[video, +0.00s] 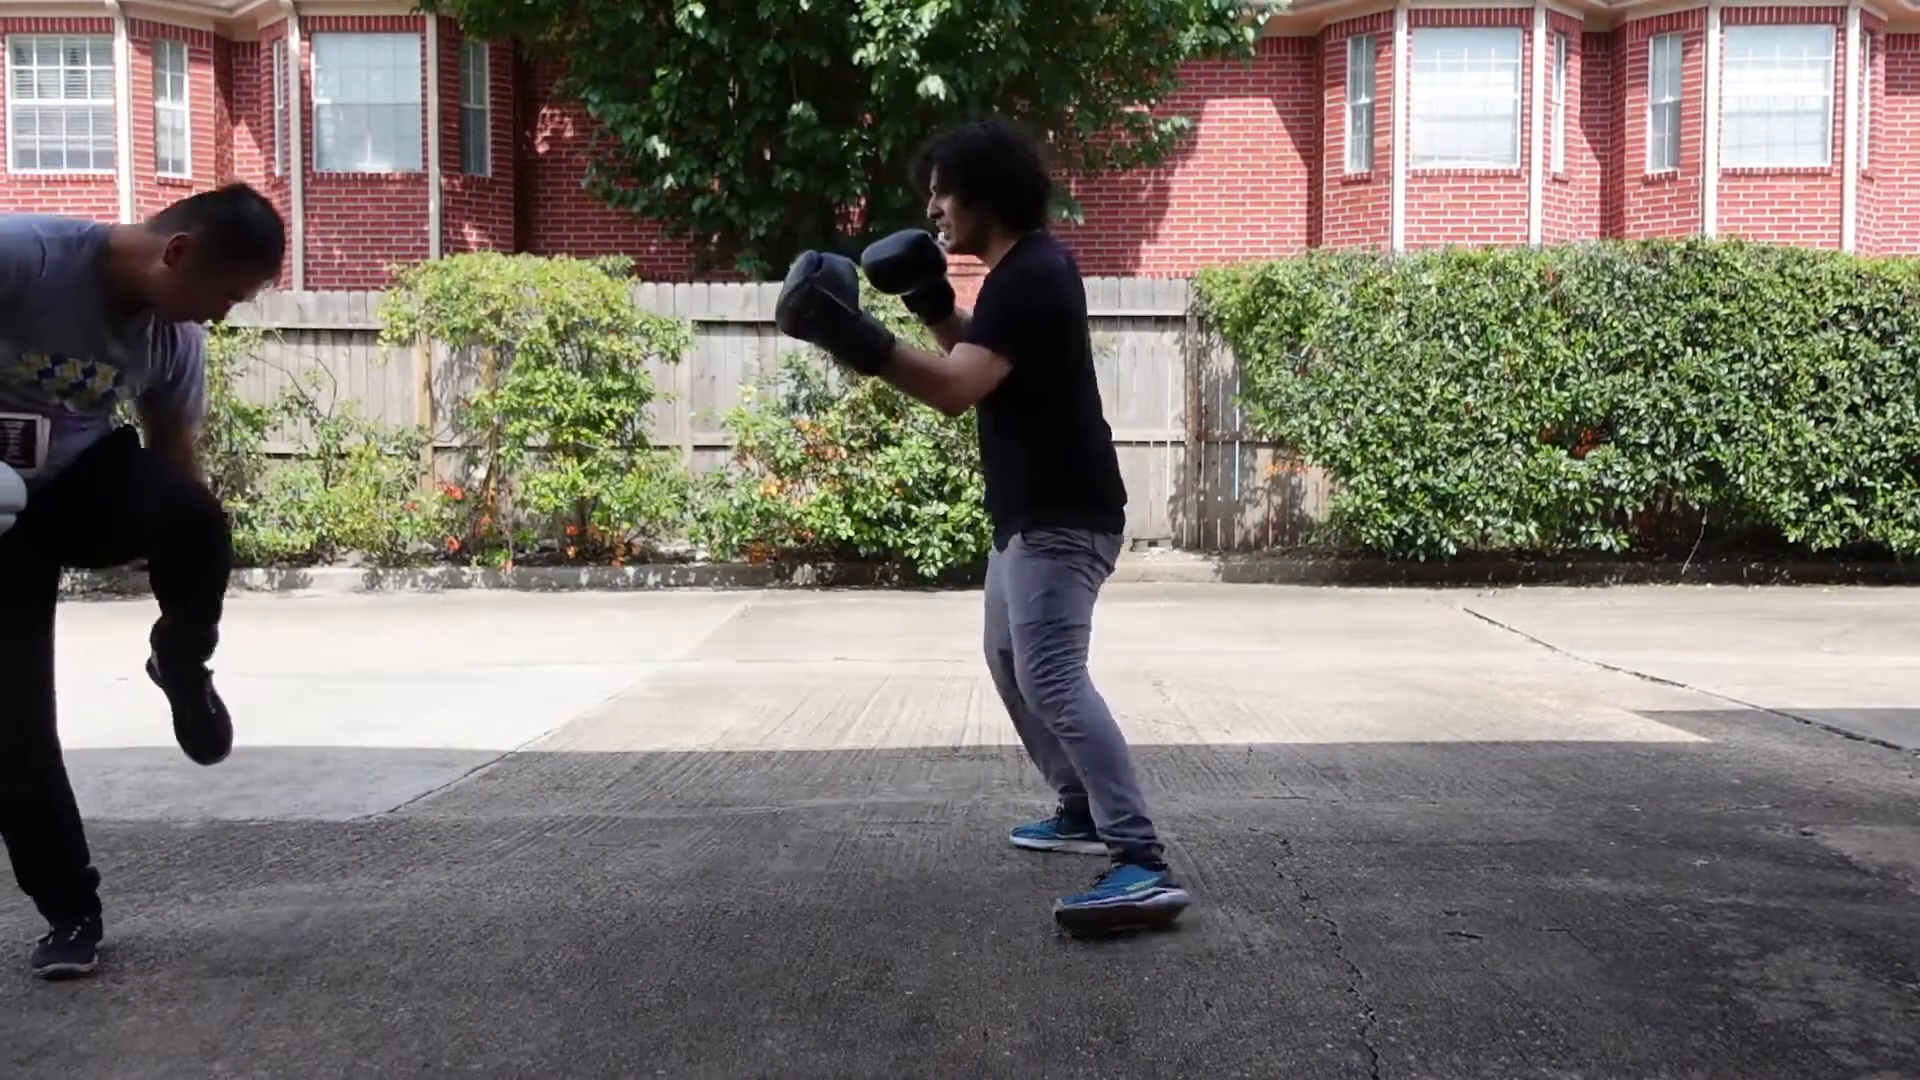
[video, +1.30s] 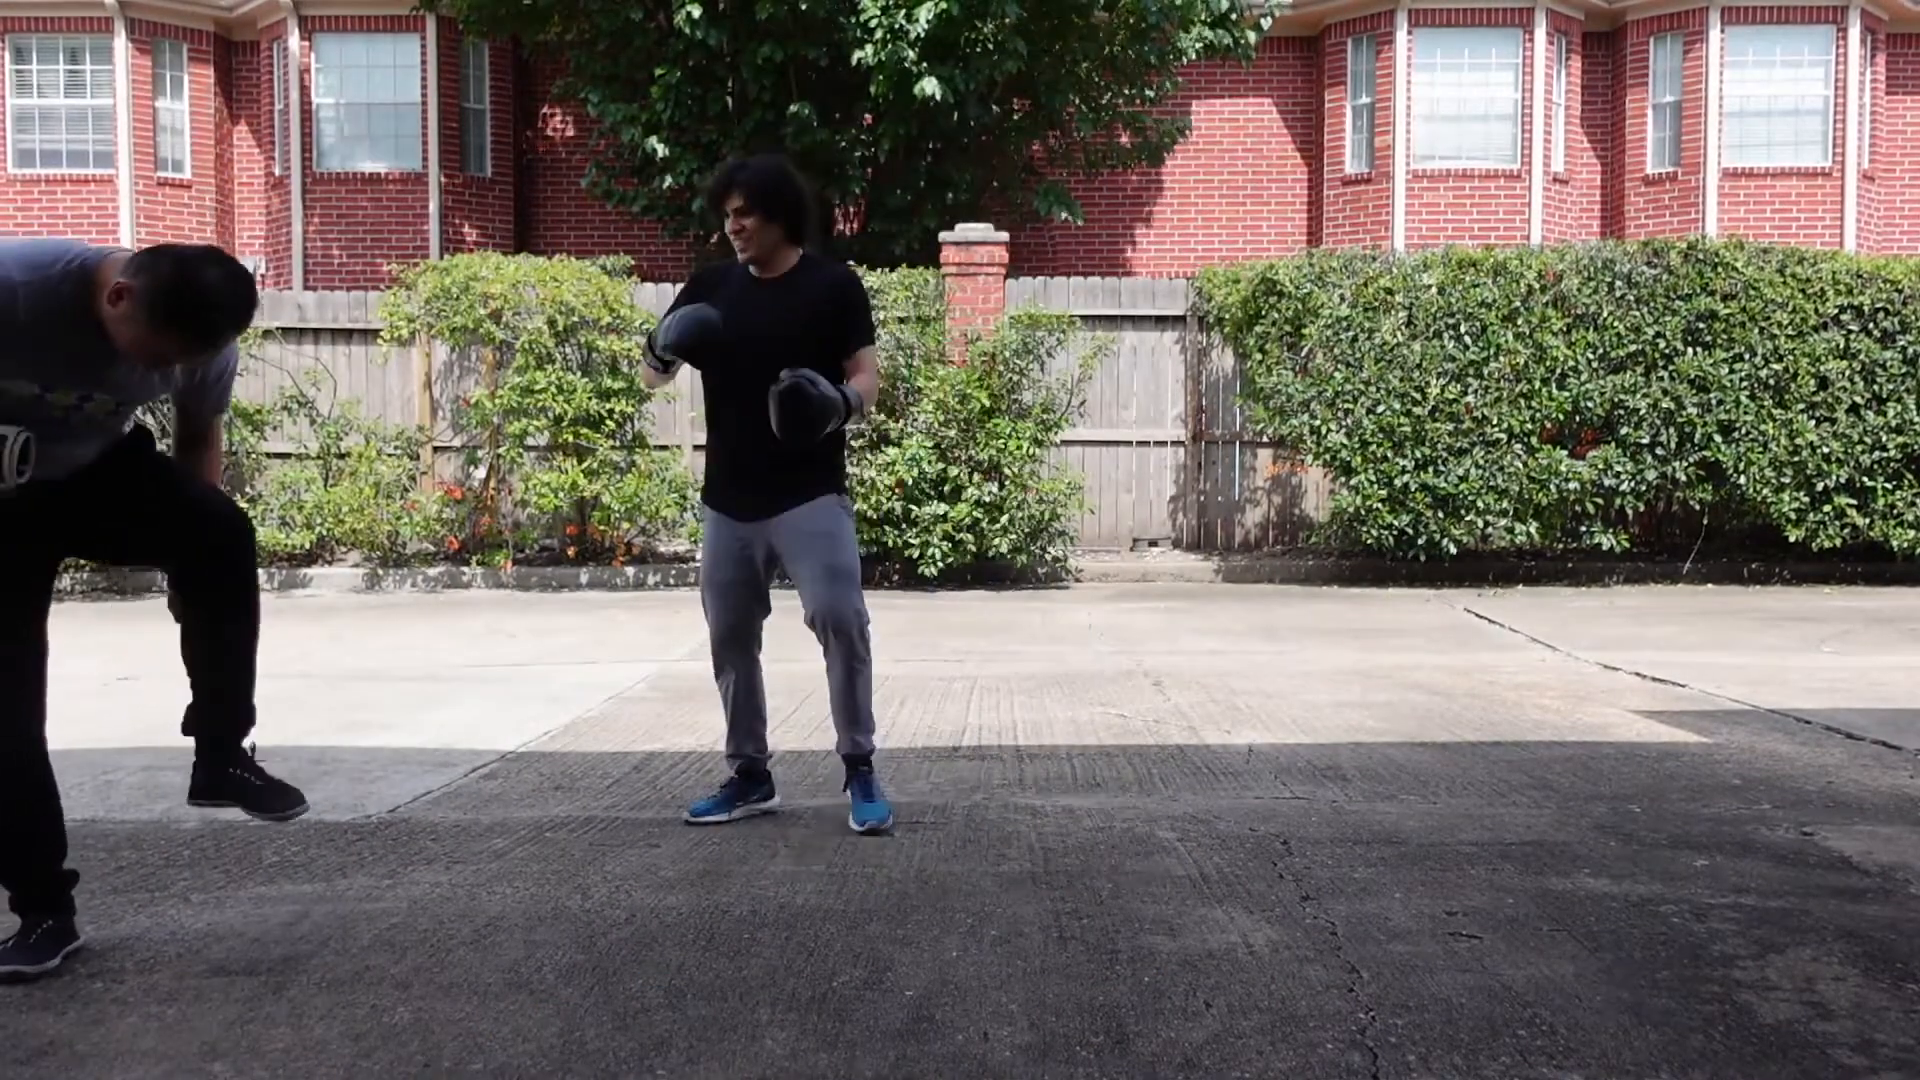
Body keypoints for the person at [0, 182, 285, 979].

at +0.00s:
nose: (224, 313)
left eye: (236, 301)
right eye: (226, 294)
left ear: (179, 254)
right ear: (179, 252)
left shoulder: (174, 345)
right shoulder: (24, 257)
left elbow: (180, 477)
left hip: (84, 485)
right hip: (4, 507)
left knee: (196, 518)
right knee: (16, 730)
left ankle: (182, 659)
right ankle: (70, 915)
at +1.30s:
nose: (164, 371)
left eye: (181, 362)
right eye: (157, 355)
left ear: (209, 341)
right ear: (119, 296)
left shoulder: (203, 348)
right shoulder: (18, 292)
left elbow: (199, 456)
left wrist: (194, 571)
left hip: (100, 471)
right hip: (9, 488)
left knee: (219, 533)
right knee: (9, 709)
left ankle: (219, 756)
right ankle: (43, 908)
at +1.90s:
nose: (235, 207)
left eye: (251, 192)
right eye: (222, 187)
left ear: (267, 174)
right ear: (169, 135)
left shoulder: (263, 211)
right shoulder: (61, 205)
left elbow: (322, 346)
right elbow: (4, 342)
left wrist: (207, 385)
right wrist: (56, 435)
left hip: (193, 497)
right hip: (70, 500)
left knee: (205, 715)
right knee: (64, 725)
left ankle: (170, 919)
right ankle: (21, 971)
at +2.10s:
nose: (223, 235)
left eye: (241, 220)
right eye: (214, 215)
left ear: (261, 196)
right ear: (162, 149)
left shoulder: (251, 216)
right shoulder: (47, 215)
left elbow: (320, 336)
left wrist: (225, 399)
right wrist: (75, 480)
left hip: (169, 498)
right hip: (49, 499)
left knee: (205, 713)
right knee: (77, 742)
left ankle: (169, 919)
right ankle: (45, 1010)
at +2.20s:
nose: (234, 239)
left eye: (252, 222)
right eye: (226, 216)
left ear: (275, 196)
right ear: (175, 154)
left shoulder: (252, 212)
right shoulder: (55, 213)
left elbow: (296, 314)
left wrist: (238, 381)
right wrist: (37, 460)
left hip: (152, 484)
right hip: (37, 487)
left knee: (192, 707)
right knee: (68, 739)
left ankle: (167, 916)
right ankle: (44, 1011)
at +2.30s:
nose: (252, 240)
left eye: (271, 222)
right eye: (250, 217)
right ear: (200, 156)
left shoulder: (240, 206)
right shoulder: (64, 205)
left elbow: (276, 311)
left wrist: (227, 363)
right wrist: (61, 423)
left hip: (137, 474)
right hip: (30, 479)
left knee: (184, 702)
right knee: (61, 736)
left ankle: (154, 916)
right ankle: (41, 1010)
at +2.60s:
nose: (351, 209)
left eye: (363, 191)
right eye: (352, 183)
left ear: (293, 145)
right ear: (290, 140)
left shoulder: (249, 215)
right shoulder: (144, 203)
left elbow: (257, 323)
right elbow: (21, 332)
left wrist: (245, 405)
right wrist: (131, 431)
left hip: (126, 479)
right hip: (36, 476)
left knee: (173, 709)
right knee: (63, 732)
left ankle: (164, 937)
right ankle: (40, 1011)